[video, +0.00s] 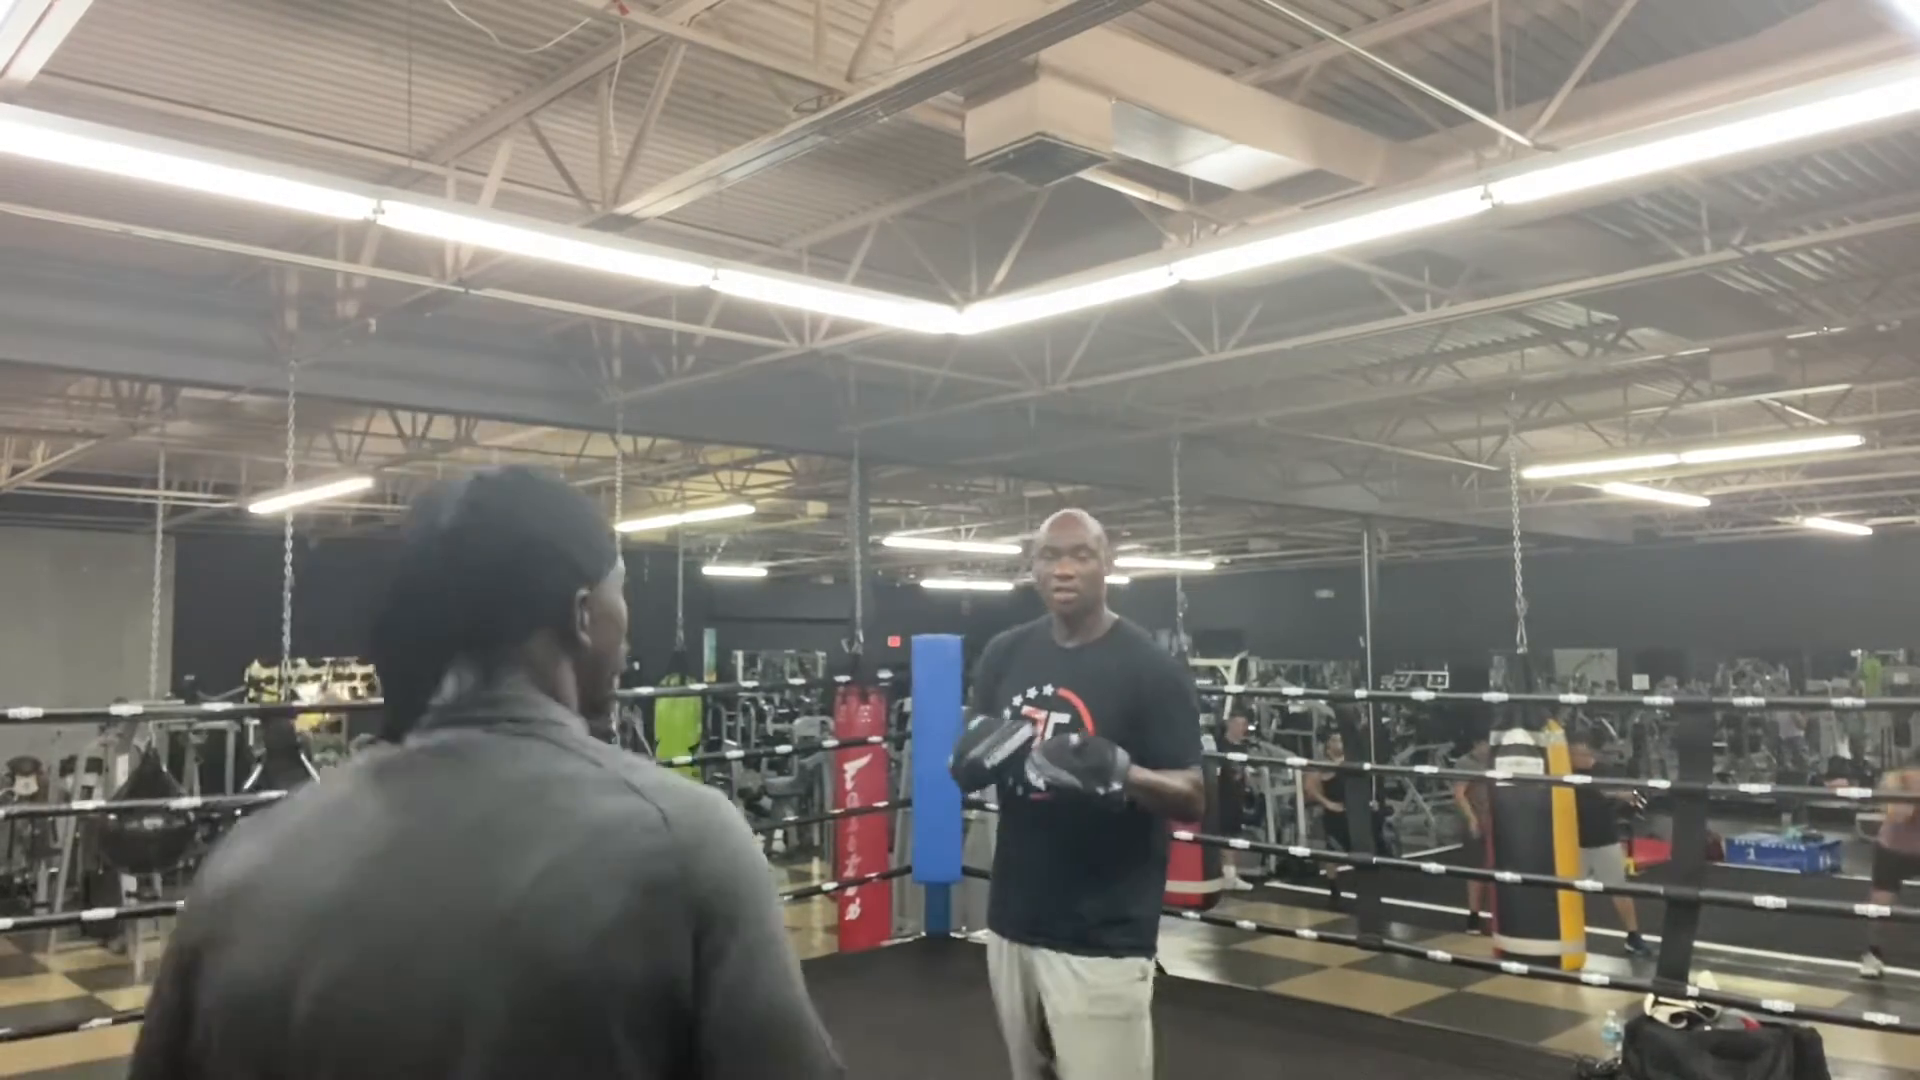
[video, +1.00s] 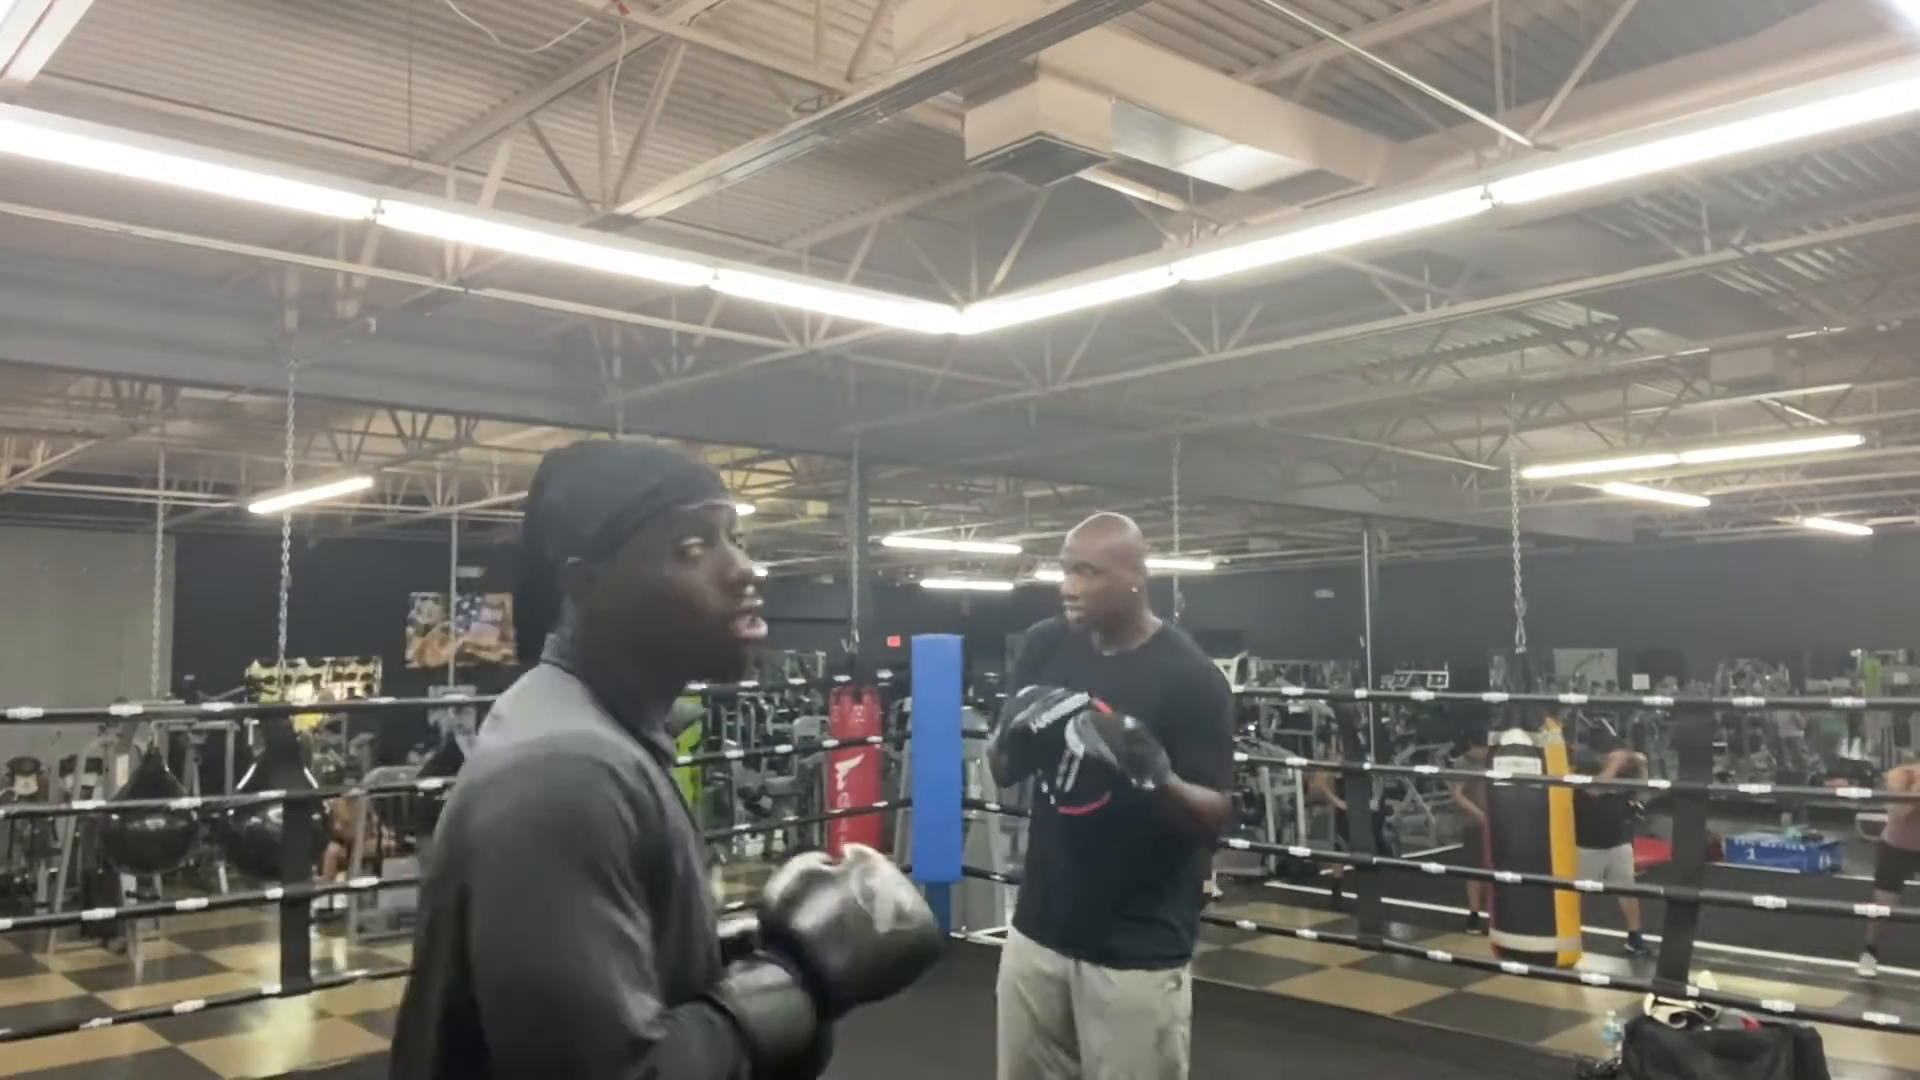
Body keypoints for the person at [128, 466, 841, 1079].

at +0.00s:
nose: (627, 629)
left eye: (624, 597)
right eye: (621, 597)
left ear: (423, 615)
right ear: (578, 615)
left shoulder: (248, 855)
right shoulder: (685, 840)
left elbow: (159, 1071)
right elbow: (791, 1067)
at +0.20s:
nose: (658, 589)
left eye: (656, 559)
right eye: (654, 558)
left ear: (459, 573)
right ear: (613, 571)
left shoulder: (281, 792)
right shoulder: (708, 774)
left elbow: (186, 1063)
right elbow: (810, 1053)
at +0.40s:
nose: (647, 624)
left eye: (644, 596)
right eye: (637, 595)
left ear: (471, 609)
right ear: (586, 615)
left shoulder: (307, 822)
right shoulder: (651, 820)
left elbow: (234, 1061)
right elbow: (681, 1062)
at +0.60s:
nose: (671, 566)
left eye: (666, 539)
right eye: (660, 538)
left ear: (495, 564)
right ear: (606, 561)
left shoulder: (339, 761)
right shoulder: (651, 752)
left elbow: (329, 1033)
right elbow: (608, 1052)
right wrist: (744, 1034)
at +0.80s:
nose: (725, 589)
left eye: (707, 567)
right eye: (695, 574)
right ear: (626, 628)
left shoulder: (426, 800)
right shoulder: (659, 842)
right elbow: (654, 1058)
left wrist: (708, 946)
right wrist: (839, 1072)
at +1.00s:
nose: (746, 571)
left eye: (734, 540)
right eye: (694, 549)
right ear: (587, 584)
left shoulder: (606, 741)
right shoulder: (564, 771)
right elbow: (612, 1067)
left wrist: (760, 944)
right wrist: (801, 983)